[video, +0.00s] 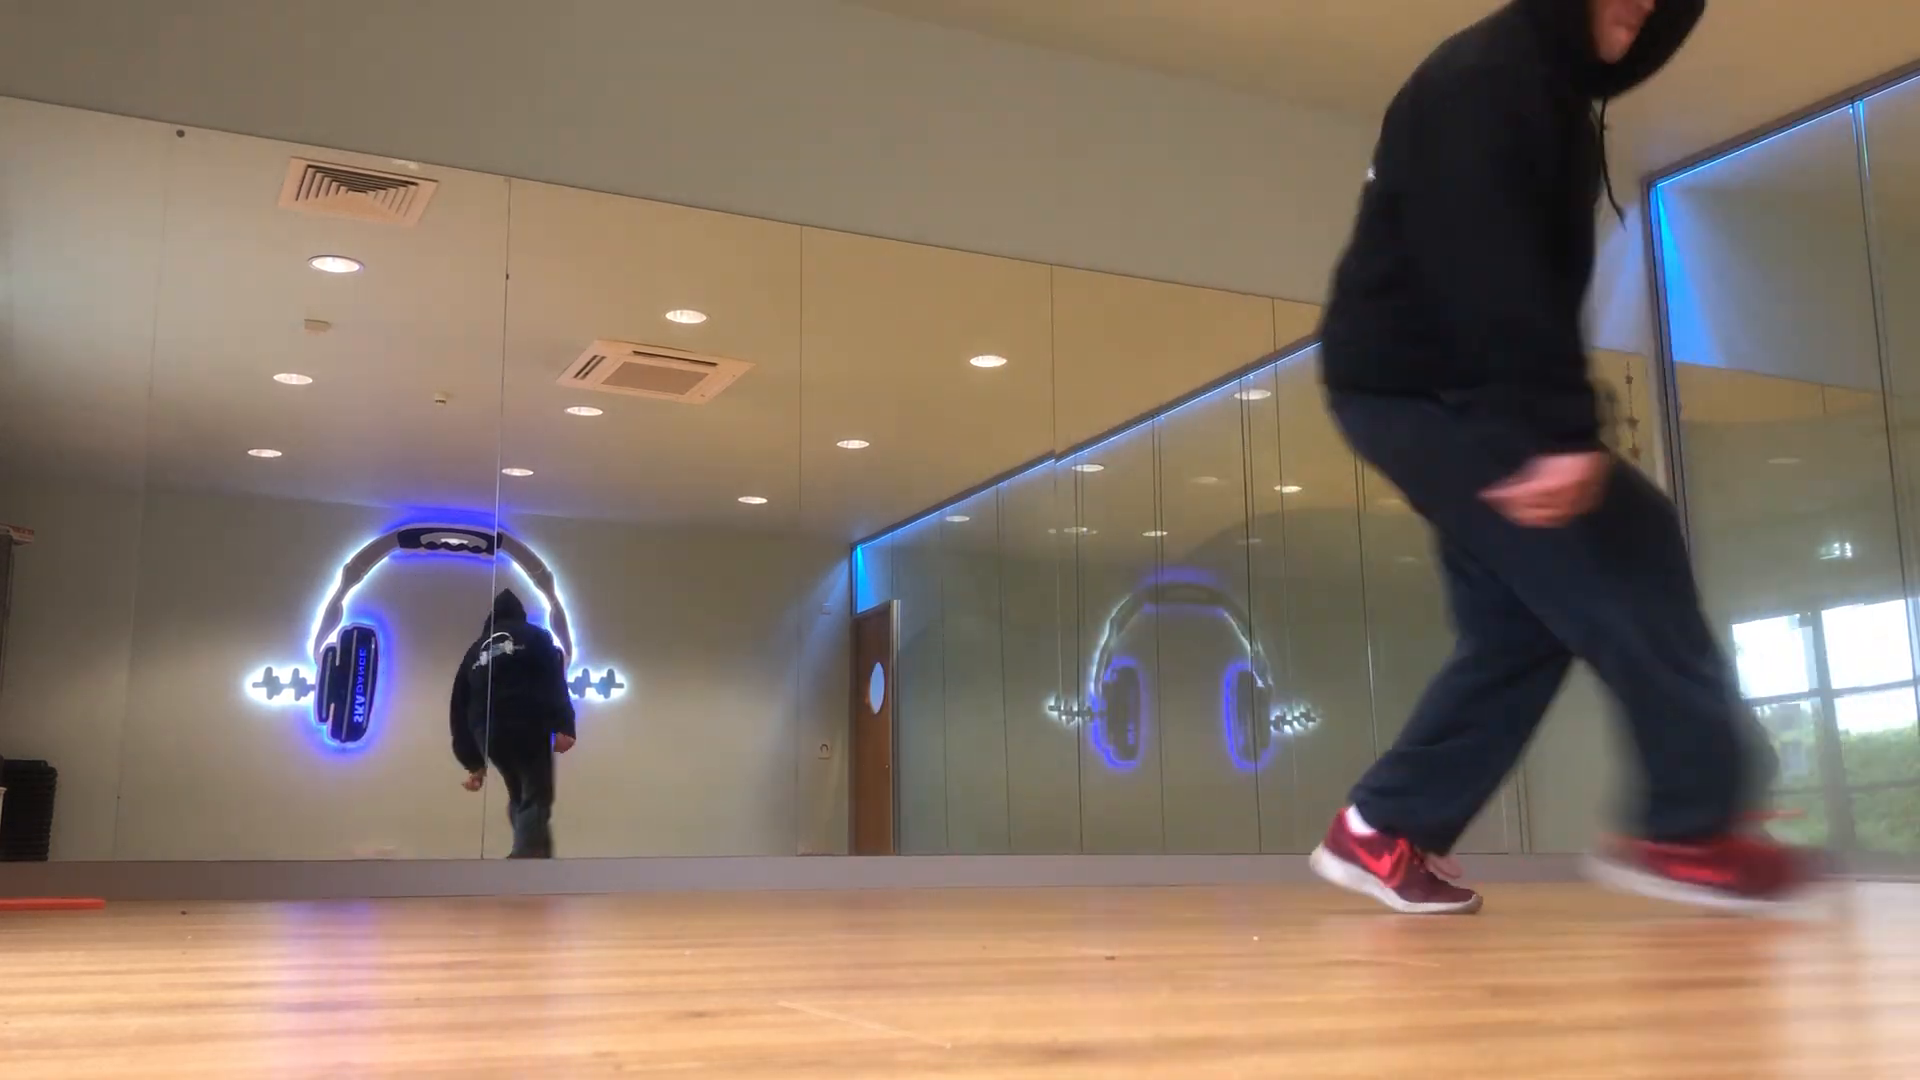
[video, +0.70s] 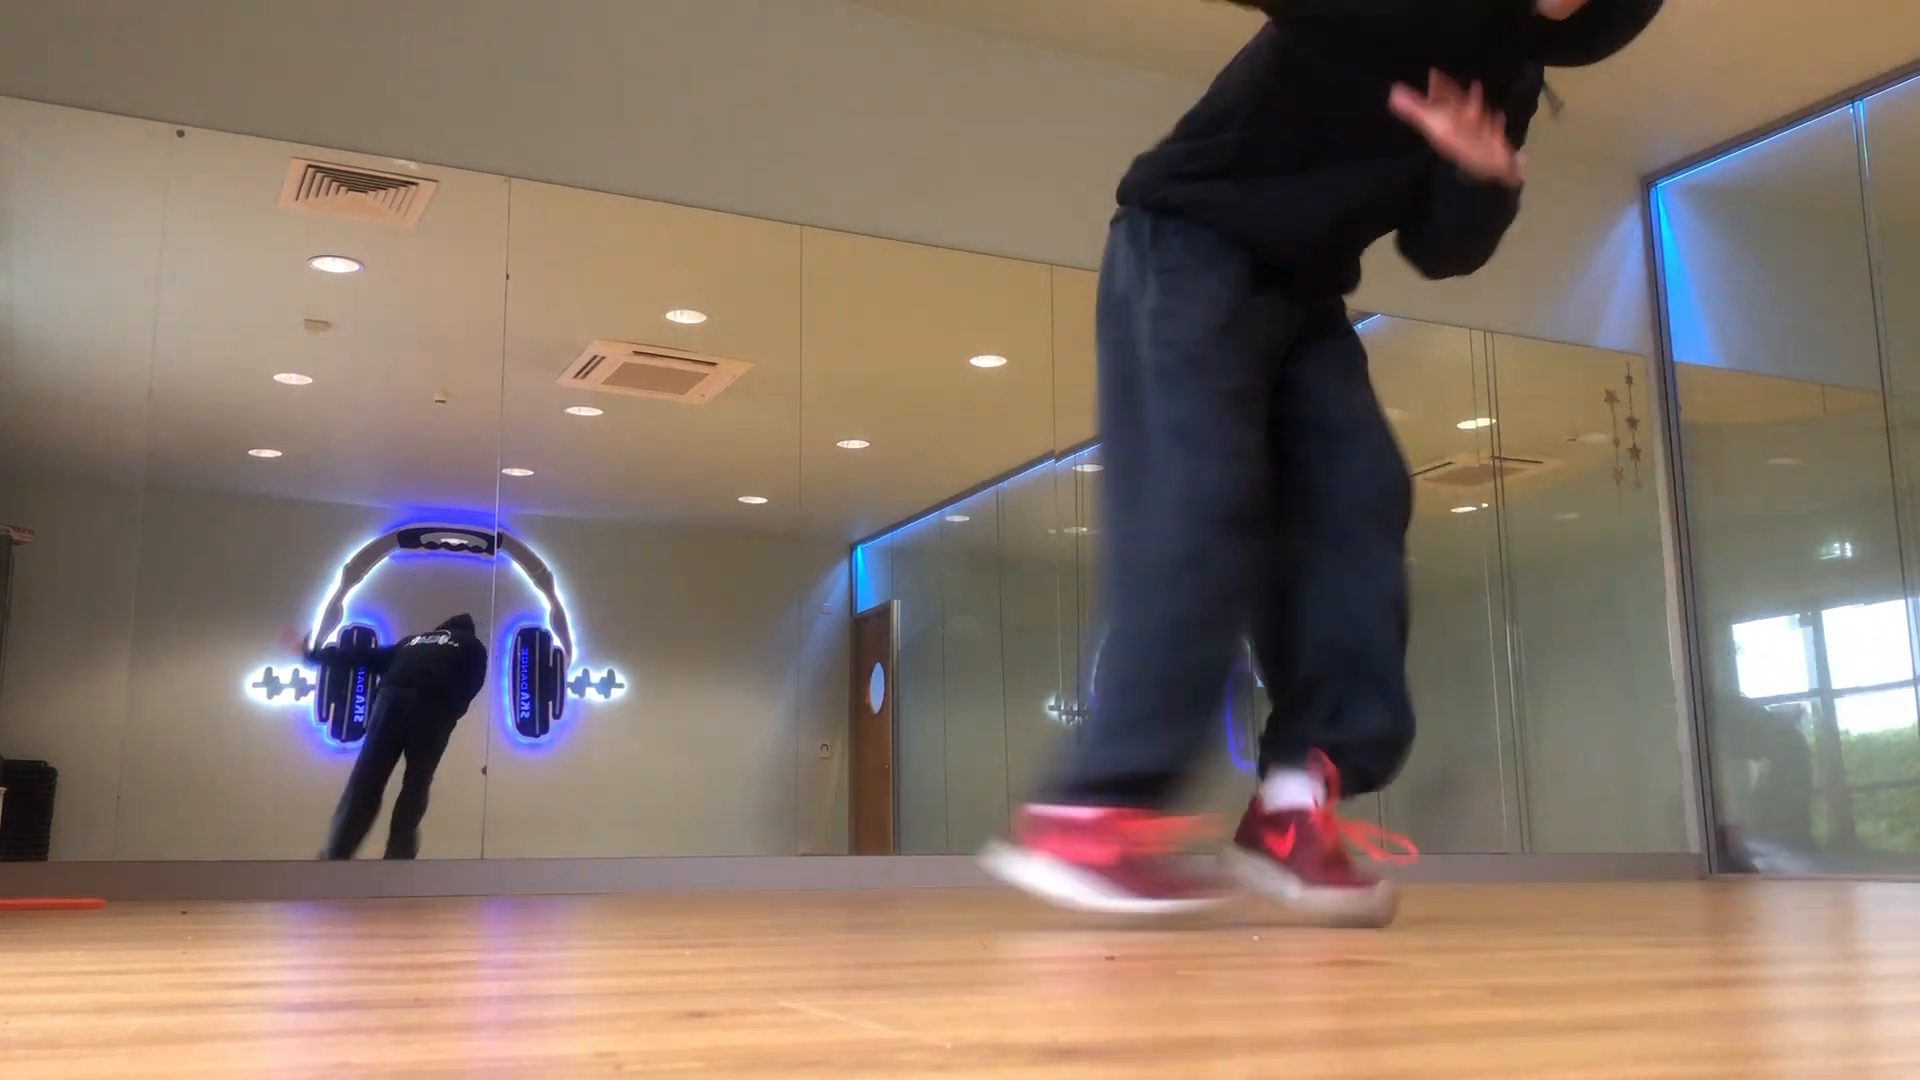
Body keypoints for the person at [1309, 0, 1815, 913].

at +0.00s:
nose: (1639, 13)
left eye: (1651, 6)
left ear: (1647, 17)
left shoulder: (1557, 88)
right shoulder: (1490, 79)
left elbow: (1544, 275)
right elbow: (1493, 265)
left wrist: (1567, 425)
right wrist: (1558, 426)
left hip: (1459, 387)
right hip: (1415, 386)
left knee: (1524, 621)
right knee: (1624, 537)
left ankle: (1382, 827)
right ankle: (1687, 825)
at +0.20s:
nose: (1629, 24)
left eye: (1635, 17)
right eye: (1634, 14)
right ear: (1611, 2)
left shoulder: (1463, 21)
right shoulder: (1539, 33)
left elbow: (1426, 183)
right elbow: (1629, 216)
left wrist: (1510, 299)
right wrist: (1599, 298)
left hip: (1313, 303)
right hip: (1354, 301)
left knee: (1410, 585)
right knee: (1518, 480)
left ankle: (1364, 845)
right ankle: (1230, 578)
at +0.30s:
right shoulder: (1552, 16)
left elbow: (1607, 180)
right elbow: (1608, 174)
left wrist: (1523, 188)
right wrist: (1539, 179)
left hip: (1283, 234)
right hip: (1319, 228)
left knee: (1336, 527)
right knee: (1451, 455)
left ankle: (1275, 808)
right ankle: (1228, 674)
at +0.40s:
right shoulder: (1539, 14)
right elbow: (1612, 178)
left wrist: (1486, 149)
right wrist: (1534, 264)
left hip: (1271, 246)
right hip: (1301, 242)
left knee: (1269, 539)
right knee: (1413, 495)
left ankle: (1134, 817)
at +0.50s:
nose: (1599, 16)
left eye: (1597, 15)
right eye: (1601, 10)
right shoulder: (1499, 17)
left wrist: (1452, 216)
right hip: (1274, 284)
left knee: (1310, 579)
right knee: (1418, 535)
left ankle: (1147, 797)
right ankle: (1292, 843)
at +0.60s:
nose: (1580, 7)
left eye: (1588, 10)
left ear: (1571, 18)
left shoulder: (1488, 39)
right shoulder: (1410, 12)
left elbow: (1564, 53)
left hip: (1281, 279)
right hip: (1216, 258)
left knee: (1414, 517)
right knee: (1351, 531)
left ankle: (1223, 747)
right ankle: (1283, 846)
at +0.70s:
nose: (1568, 1)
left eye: (1584, 7)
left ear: (1579, 22)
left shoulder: (1504, 78)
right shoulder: (1408, 9)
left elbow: (1441, 252)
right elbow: (1292, 11)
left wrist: (1478, 185)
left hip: (1301, 284)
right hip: (1189, 238)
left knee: (1358, 495)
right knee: (1196, 505)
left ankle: (1295, 804)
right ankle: (1090, 808)